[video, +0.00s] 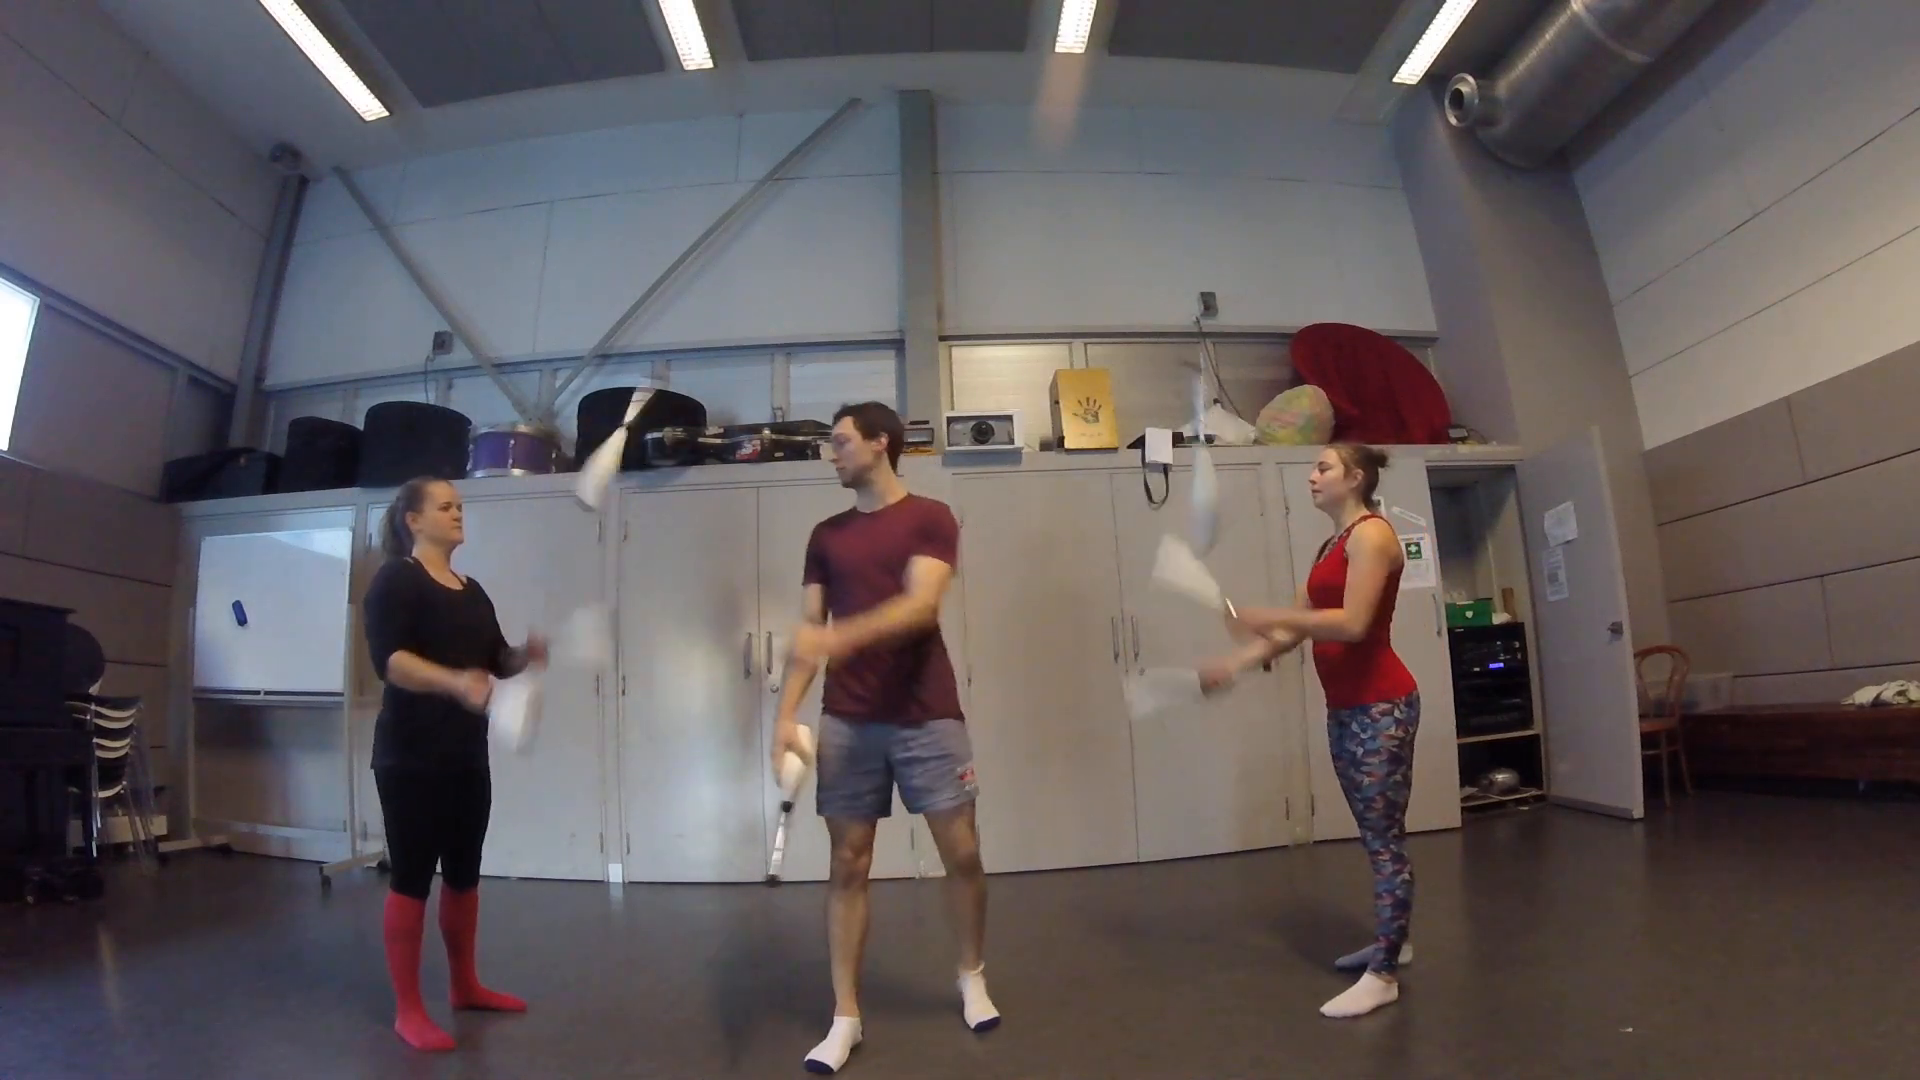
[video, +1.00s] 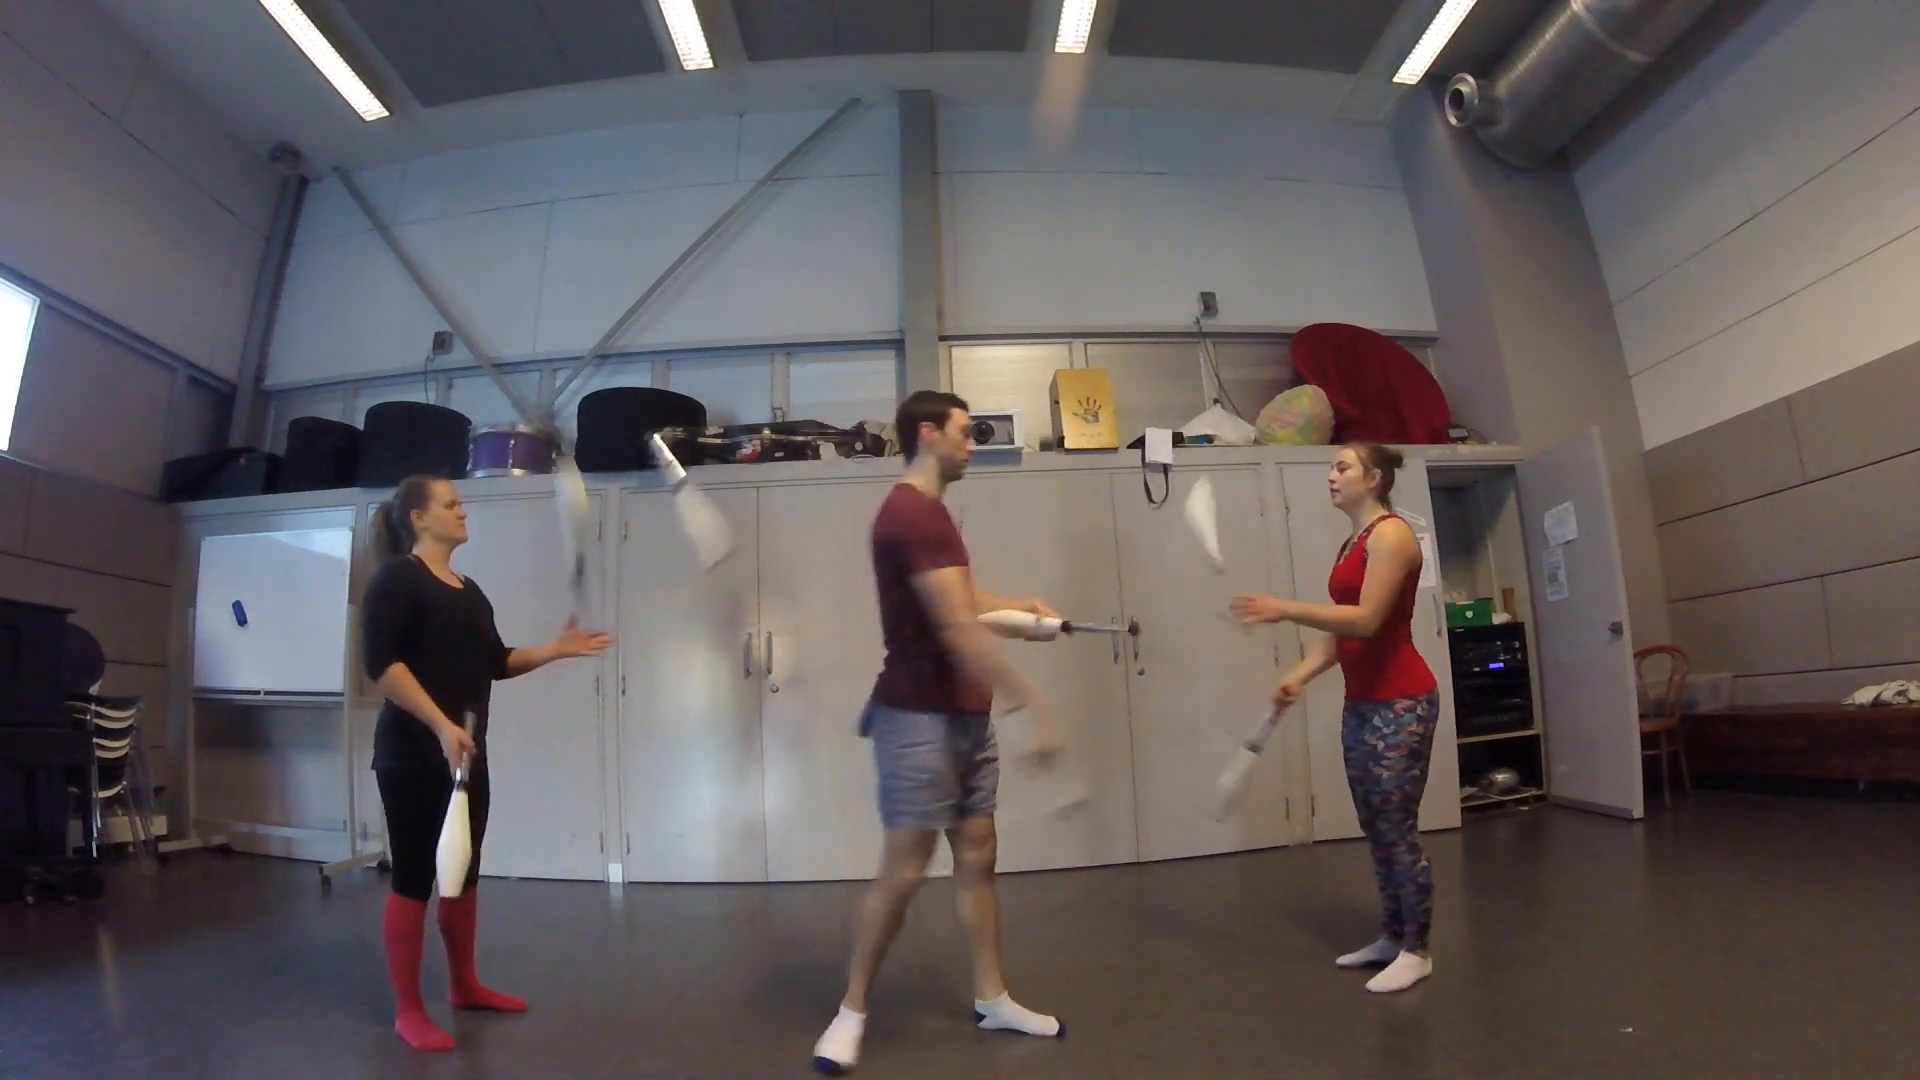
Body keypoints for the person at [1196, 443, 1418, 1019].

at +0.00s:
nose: (1313, 477)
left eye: (1324, 469)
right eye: (1313, 469)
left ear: (1358, 479)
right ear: (1343, 481)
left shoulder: (1373, 535)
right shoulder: (1338, 543)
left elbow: (1355, 622)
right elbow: (1301, 626)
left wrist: (1275, 619)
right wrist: (1238, 661)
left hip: (1380, 706)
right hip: (1350, 707)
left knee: (1383, 836)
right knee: (1377, 833)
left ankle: (1384, 975)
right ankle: (1394, 942)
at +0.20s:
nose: (1308, 477)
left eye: (1320, 469)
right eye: (1310, 468)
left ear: (1352, 479)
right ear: (1329, 480)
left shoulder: (1374, 536)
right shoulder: (1327, 547)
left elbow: (1369, 623)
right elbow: (1308, 632)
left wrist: (1296, 611)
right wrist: (1275, 689)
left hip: (1379, 706)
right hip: (1341, 708)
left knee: (1379, 834)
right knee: (1371, 831)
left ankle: (1382, 974)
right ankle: (1394, 940)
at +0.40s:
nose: (1312, 479)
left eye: (1323, 470)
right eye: (1313, 471)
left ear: (1356, 480)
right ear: (1333, 482)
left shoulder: (1378, 538)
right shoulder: (1328, 548)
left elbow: (1380, 626)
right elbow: (1295, 627)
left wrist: (1311, 646)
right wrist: (1236, 641)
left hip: (1379, 706)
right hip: (1342, 708)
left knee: (1378, 832)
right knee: (1371, 830)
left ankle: (1382, 969)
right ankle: (1392, 940)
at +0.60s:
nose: (1317, 481)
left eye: (1329, 472)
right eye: (1318, 472)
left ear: (1361, 481)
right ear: (1338, 482)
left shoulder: (1383, 539)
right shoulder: (1332, 551)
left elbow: (1384, 629)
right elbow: (1284, 615)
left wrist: (1329, 686)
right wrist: (1220, 584)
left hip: (1384, 700)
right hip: (1345, 703)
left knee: (1378, 828)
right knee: (1373, 826)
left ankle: (1381, 967)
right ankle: (1394, 937)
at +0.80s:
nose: (1324, 481)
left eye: (1336, 472)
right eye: (1324, 472)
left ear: (1369, 482)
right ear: (1351, 484)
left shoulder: (1385, 538)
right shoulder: (1348, 546)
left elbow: (1385, 627)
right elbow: (1310, 625)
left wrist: (1324, 681)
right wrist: (1237, 634)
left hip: (1392, 702)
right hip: (1358, 703)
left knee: (1379, 823)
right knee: (1373, 823)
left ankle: (1406, 954)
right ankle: (1394, 937)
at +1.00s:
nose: (1331, 477)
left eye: (1343, 467)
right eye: (1331, 468)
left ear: (1375, 479)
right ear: (1350, 482)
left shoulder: (1393, 535)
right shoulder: (1355, 543)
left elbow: (1368, 620)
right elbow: (1342, 631)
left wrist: (1286, 610)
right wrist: (1299, 674)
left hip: (1400, 703)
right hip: (1363, 703)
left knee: (1395, 825)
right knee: (1375, 824)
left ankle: (1416, 950)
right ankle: (1394, 935)